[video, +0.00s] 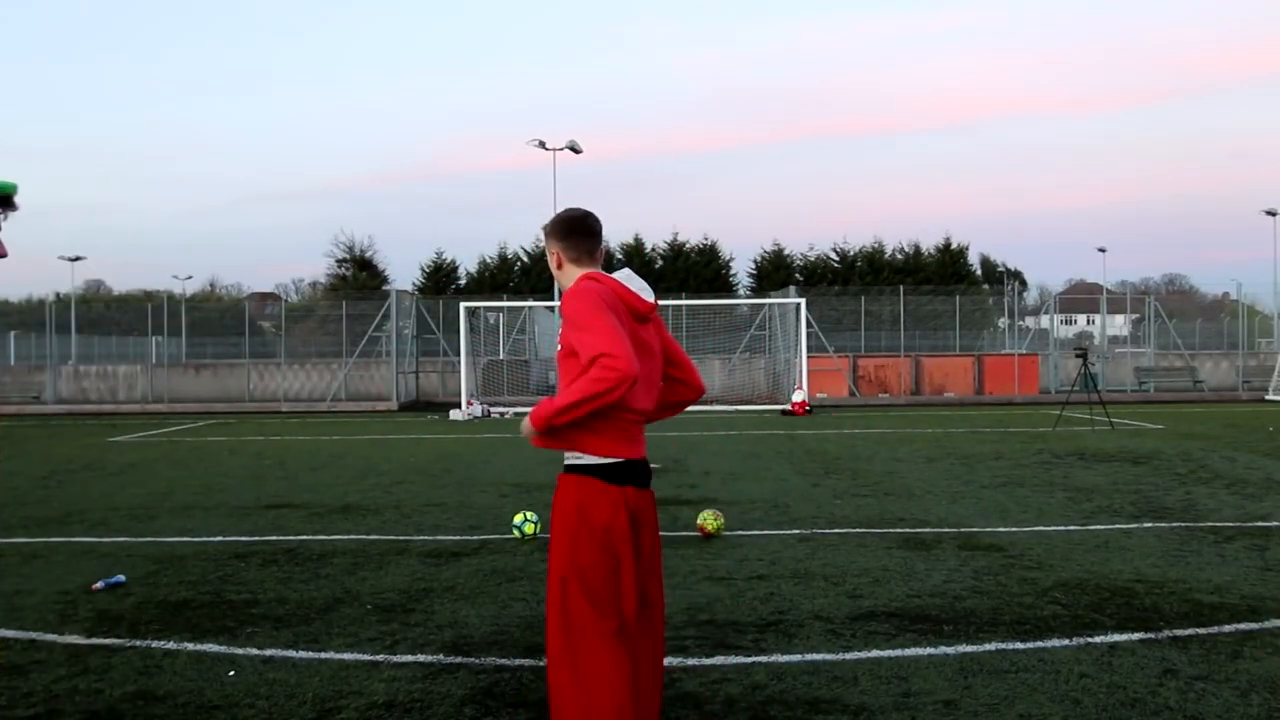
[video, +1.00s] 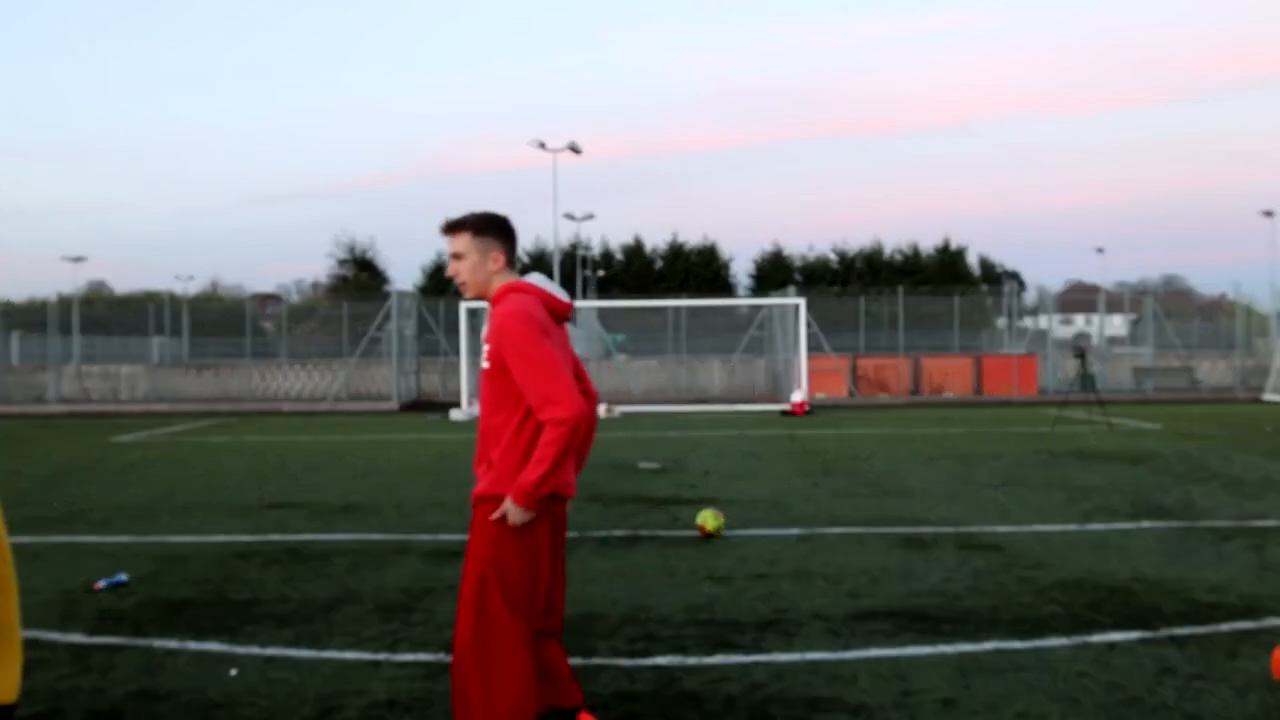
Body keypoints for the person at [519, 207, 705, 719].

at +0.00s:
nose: (550, 266)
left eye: (547, 258)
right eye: (549, 259)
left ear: (554, 257)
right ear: (602, 253)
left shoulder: (583, 296)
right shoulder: (632, 299)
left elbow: (614, 370)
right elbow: (686, 384)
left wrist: (542, 417)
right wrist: (621, 412)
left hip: (591, 486)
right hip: (634, 485)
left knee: (587, 631)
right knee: (635, 626)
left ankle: (596, 715)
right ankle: (635, 713)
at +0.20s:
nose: (546, 279)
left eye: (545, 267)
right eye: (544, 268)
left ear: (562, 263)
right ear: (591, 261)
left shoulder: (586, 309)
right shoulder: (626, 313)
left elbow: (616, 395)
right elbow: (673, 417)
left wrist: (574, 479)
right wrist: (639, 487)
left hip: (586, 504)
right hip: (628, 504)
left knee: (550, 634)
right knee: (621, 641)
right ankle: (620, 715)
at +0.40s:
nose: (524, 273)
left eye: (530, 260)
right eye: (524, 262)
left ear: (563, 259)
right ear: (570, 261)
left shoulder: (582, 306)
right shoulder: (608, 309)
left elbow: (625, 396)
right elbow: (661, 409)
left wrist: (588, 477)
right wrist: (639, 488)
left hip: (574, 503)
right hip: (617, 504)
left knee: (529, 640)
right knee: (614, 645)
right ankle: (618, 715)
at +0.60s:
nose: (506, 272)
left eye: (514, 260)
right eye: (504, 262)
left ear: (549, 258)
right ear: (554, 262)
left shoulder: (560, 310)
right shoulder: (584, 310)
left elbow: (609, 393)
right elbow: (642, 394)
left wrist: (557, 465)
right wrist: (627, 469)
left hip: (555, 508)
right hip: (599, 507)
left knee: (524, 648)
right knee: (602, 651)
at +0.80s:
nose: (480, 269)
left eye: (488, 256)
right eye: (478, 258)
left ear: (524, 256)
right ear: (528, 260)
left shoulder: (533, 311)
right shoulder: (558, 309)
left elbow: (582, 400)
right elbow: (614, 393)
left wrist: (540, 474)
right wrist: (600, 471)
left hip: (523, 512)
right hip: (565, 509)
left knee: (505, 648)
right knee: (571, 648)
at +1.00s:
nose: (450, 270)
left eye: (459, 257)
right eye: (449, 259)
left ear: (495, 258)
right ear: (497, 261)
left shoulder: (513, 313)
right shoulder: (530, 309)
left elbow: (564, 409)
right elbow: (583, 402)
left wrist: (525, 493)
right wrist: (551, 483)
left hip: (506, 507)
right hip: (535, 507)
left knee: (489, 642)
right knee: (535, 635)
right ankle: (566, 706)